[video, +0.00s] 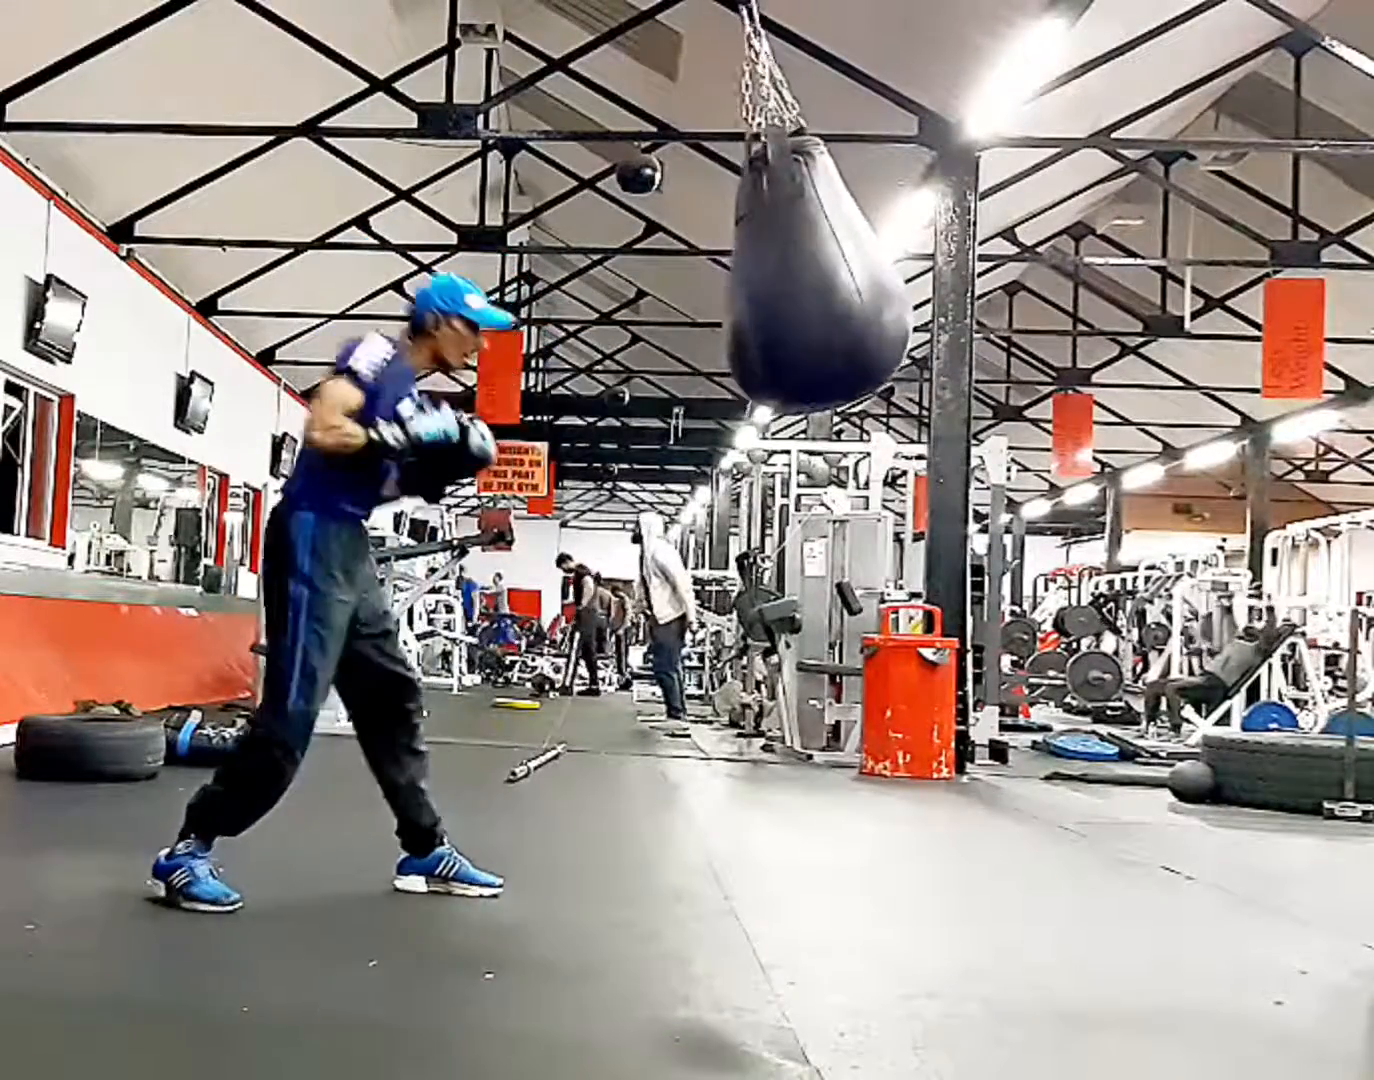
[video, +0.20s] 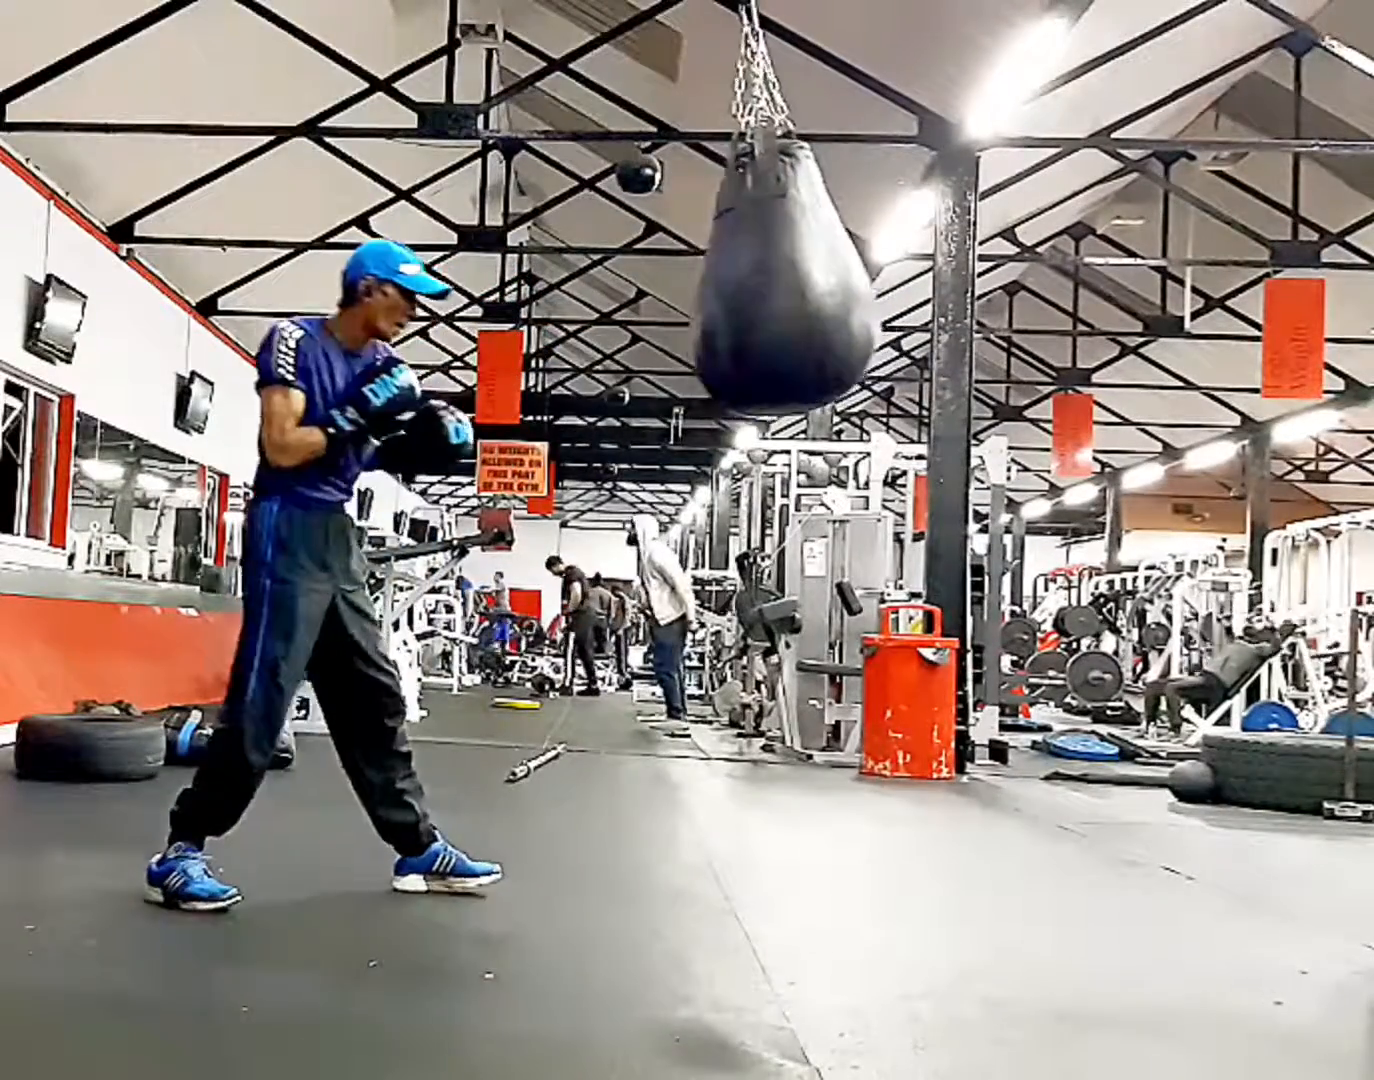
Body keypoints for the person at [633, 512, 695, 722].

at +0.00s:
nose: (633, 530)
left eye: (636, 526)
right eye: (634, 526)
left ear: (646, 529)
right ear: (649, 529)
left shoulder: (660, 551)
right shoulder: (647, 552)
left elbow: (681, 581)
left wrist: (691, 615)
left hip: (669, 616)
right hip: (659, 616)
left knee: (666, 667)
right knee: (668, 666)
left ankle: (676, 712)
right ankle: (676, 710)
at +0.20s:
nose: (628, 533)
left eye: (631, 528)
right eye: (629, 528)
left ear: (641, 531)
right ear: (646, 531)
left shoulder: (656, 552)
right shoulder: (646, 553)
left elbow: (680, 581)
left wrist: (690, 614)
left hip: (669, 618)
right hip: (661, 618)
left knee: (666, 668)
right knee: (671, 667)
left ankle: (676, 712)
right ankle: (677, 710)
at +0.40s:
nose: (628, 533)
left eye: (631, 529)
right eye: (629, 528)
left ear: (641, 531)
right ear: (645, 531)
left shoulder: (655, 554)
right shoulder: (646, 555)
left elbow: (668, 587)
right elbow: (654, 588)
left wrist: (665, 620)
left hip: (672, 616)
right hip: (665, 616)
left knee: (666, 668)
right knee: (673, 668)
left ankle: (676, 713)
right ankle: (678, 710)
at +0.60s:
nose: (642, 528)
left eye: (646, 524)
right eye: (644, 524)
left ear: (653, 526)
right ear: (663, 526)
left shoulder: (656, 548)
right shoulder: (669, 547)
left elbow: (645, 578)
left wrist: (620, 591)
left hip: (659, 612)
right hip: (671, 609)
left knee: (660, 662)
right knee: (670, 662)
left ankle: (675, 711)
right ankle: (679, 707)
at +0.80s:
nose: (652, 528)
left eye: (654, 524)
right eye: (653, 524)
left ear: (662, 525)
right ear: (672, 526)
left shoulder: (662, 544)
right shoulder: (673, 547)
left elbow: (630, 546)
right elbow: (630, 548)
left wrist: (595, 546)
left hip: (655, 608)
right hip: (666, 608)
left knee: (655, 663)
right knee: (667, 661)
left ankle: (675, 712)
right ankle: (677, 709)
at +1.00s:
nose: (653, 528)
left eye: (655, 524)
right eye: (654, 524)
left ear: (663, 525)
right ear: (673, 526)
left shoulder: (665, 543)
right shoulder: (674, 547)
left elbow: (634, 535)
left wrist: (608, 525)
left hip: (657, 606)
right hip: (669, 606)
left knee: (655, 662)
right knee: (665, 660)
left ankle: (674, 713)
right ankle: (677, 709)